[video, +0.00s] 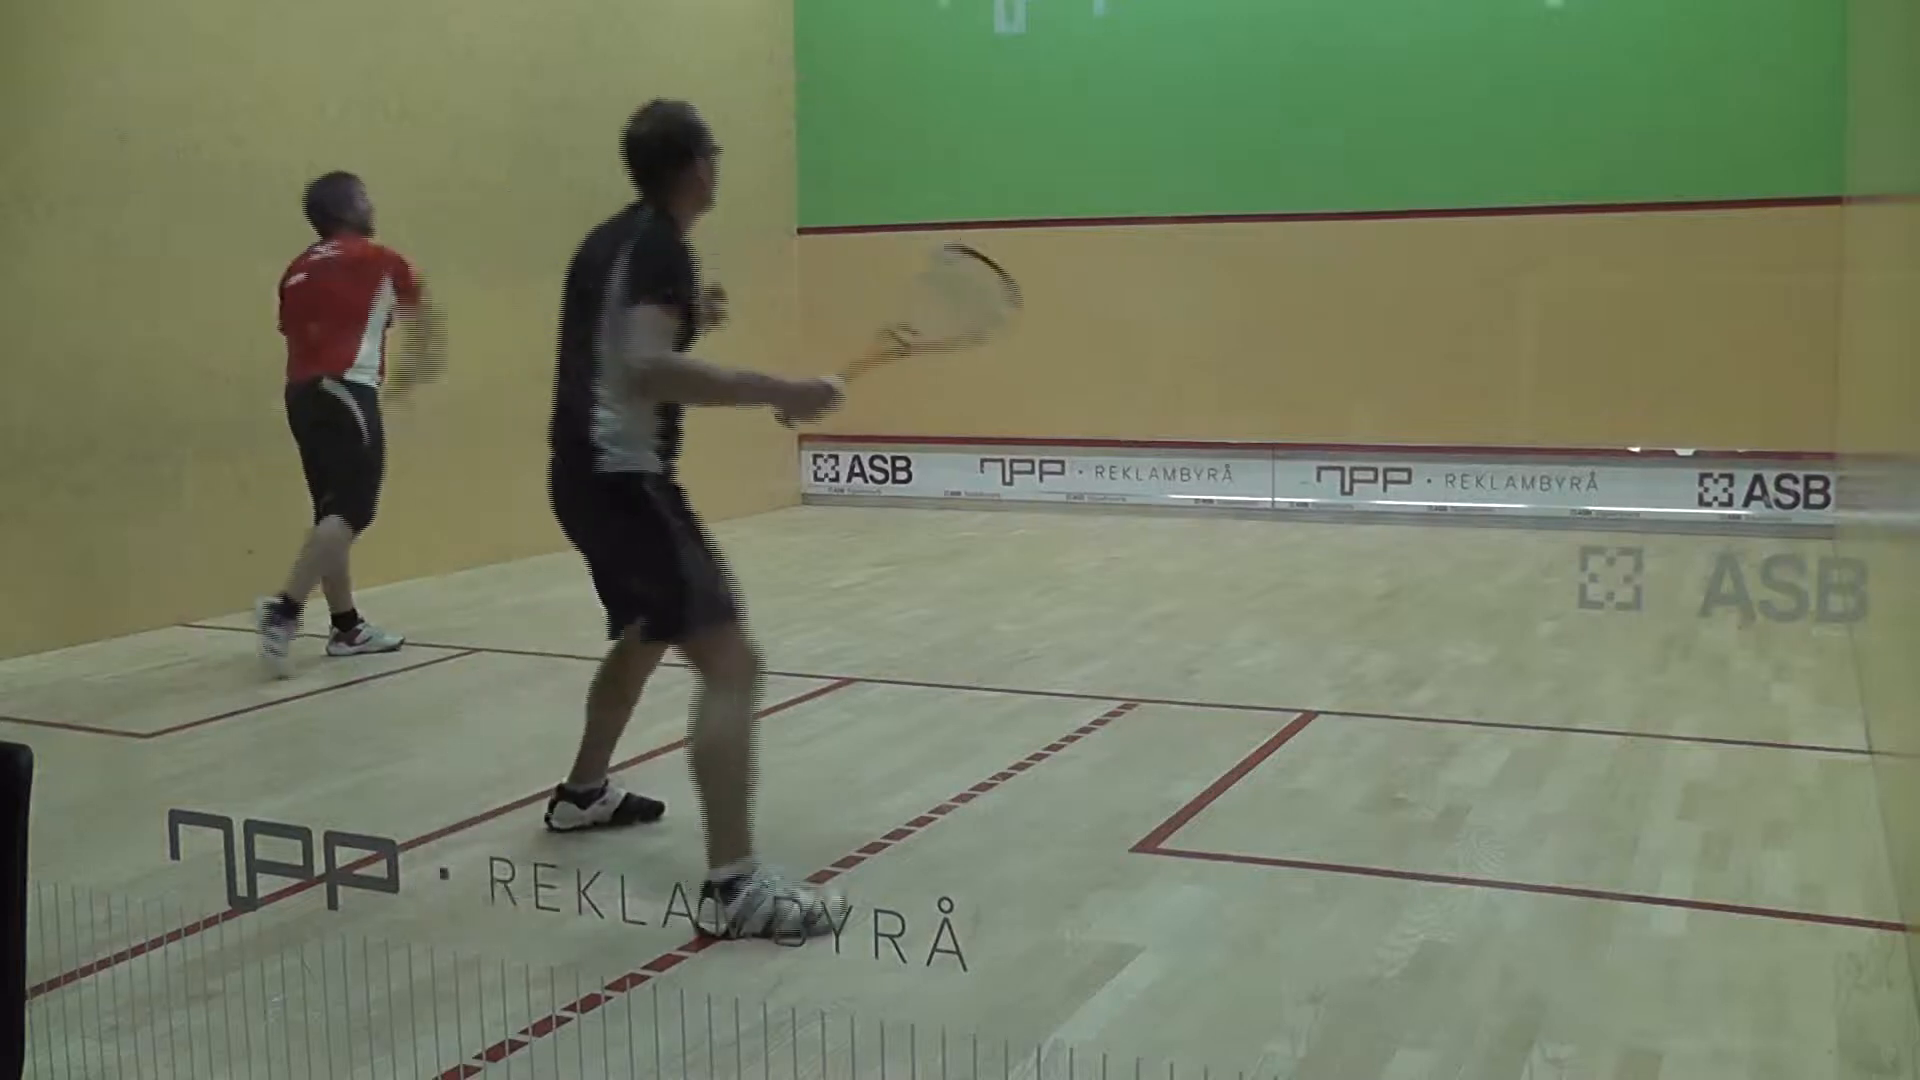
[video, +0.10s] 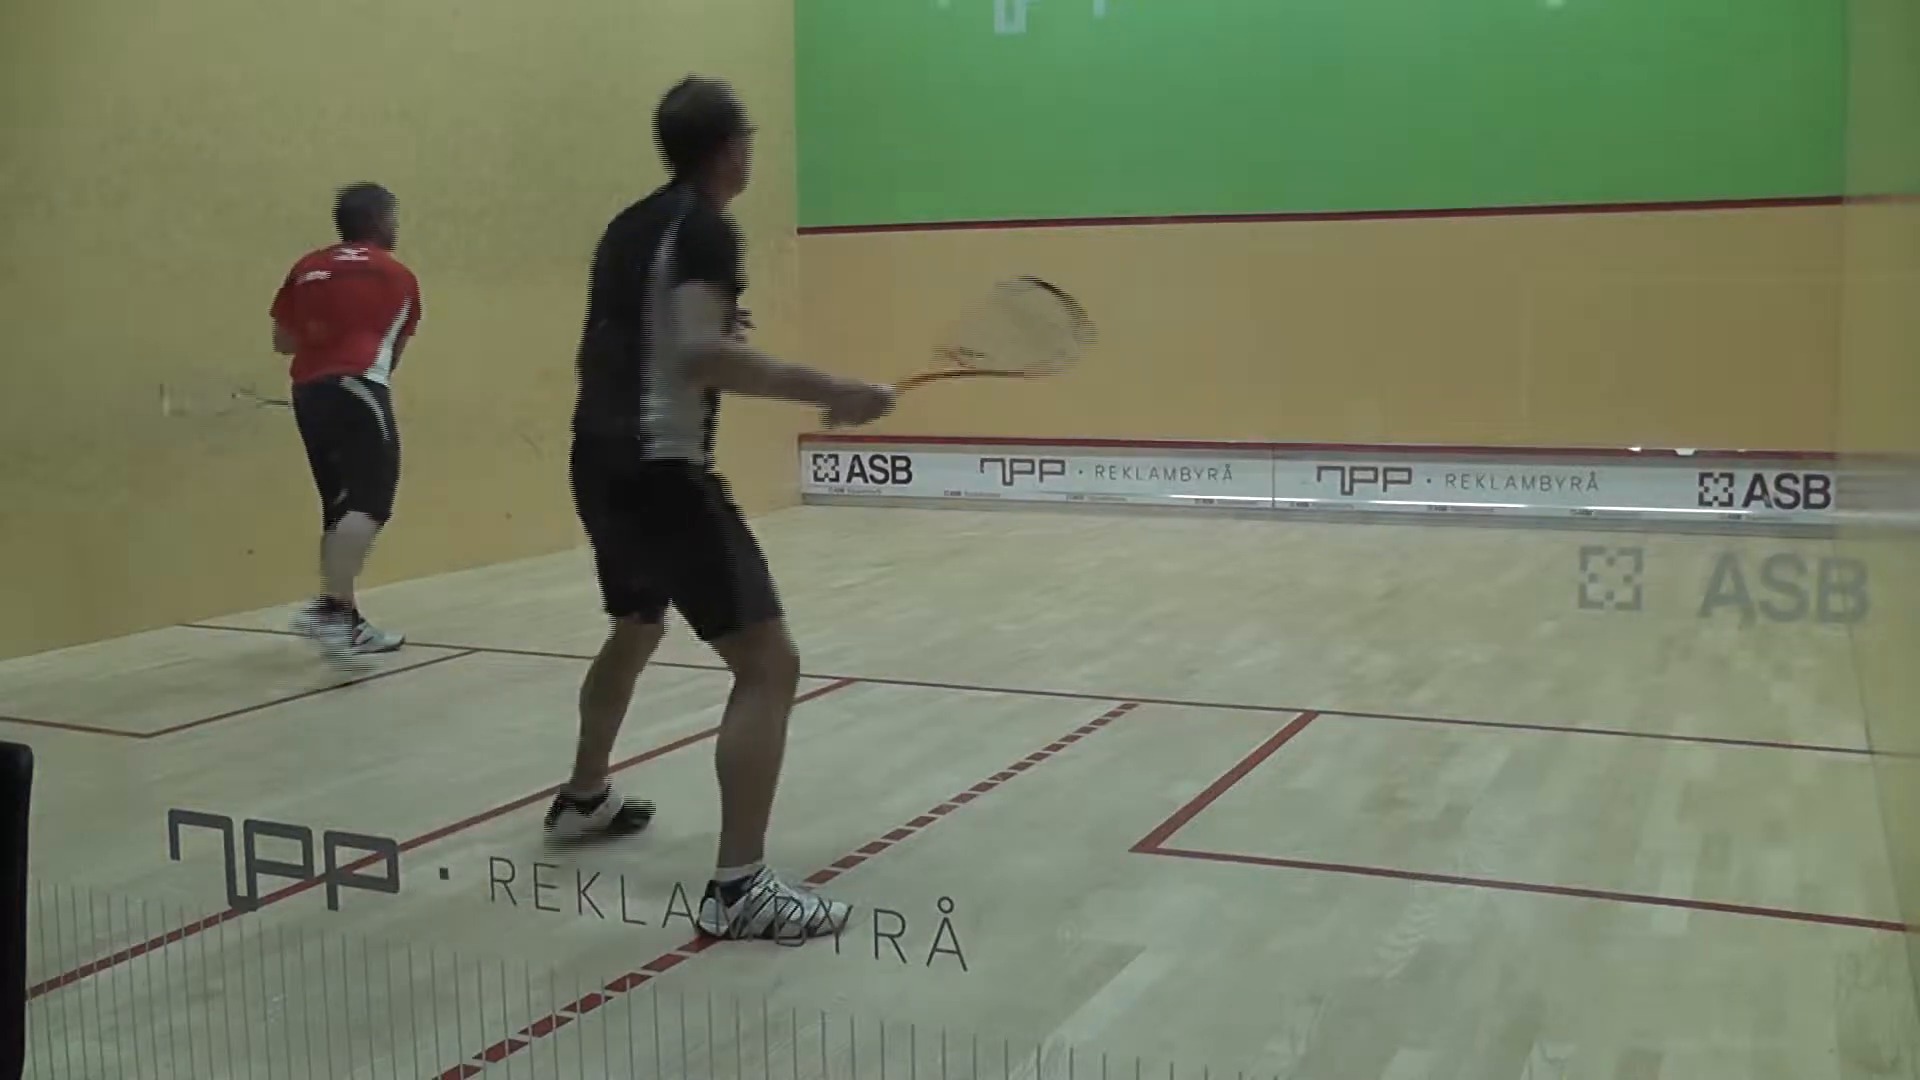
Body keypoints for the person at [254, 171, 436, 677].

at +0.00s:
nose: (372, 205)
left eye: (367, 196)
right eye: (364, 198)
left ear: (321, 218)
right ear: (353, 209)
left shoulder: (297, 269)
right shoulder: (384, 261)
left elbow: (294, 334)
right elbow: (422, 318)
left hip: (300, 393)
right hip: (346, 390)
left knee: (330, 510)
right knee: (353, 509)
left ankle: (346, 627)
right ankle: (282, 610)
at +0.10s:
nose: (397, 224)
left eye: (394, 215)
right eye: (392, 216)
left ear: (345, 225)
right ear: (378, 223)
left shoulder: (307, 266)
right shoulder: (400, 278)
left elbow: (283, 340)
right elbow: (390, 355)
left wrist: (336, 333)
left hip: (308, 391)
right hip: (357, 389)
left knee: (337, 505)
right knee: (372, 499)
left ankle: (347, 624)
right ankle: (330, 610)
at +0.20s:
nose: (407, 230)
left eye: (405, 221)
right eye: (403, 222)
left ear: (355, 226)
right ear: (391, 226)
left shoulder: (313, 265)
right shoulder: (407, 278)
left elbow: (280, 333)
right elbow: (404, 358)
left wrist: (332, 341)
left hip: (312, 391)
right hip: (364, 389)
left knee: (338, 511)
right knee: (378, 502)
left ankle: (342, 626)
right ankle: (366, 611)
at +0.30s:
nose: (417, 225)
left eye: (415, 215)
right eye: (412, 216)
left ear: (366, 222)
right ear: (394, 220)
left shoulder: (324, 265)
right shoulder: (412, 274)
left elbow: (290, 331)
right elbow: (433, 357)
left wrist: (319, 355)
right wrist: (430, 414)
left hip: (318, 394)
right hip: (368, 392)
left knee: (343, 508)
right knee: (404, 501)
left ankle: (345, 627)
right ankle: (407, 617)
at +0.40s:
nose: (423, 219)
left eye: (421, 210)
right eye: (416, 210)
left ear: (371, 217)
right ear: (393, 216)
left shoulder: (334, 264)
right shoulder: (415, 271)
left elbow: (310, 339)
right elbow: (447, 351)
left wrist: (349, 375)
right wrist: (472, 407)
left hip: (329, 398)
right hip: (376, 397)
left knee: (351, 509)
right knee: (419, 507)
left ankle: (346, 628)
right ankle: (417, 631)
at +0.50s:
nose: (431, 216)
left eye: (429, 207)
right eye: (422, 208)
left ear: (383, 216)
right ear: (395, 213)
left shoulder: (358, 263)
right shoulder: (414, 267)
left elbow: (370, 339)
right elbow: (470, 344)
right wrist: (519, 389)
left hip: (352, 404)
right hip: (387, 407)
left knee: (367, 516)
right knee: (427, 519)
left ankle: (348, 628)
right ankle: (412, 641)